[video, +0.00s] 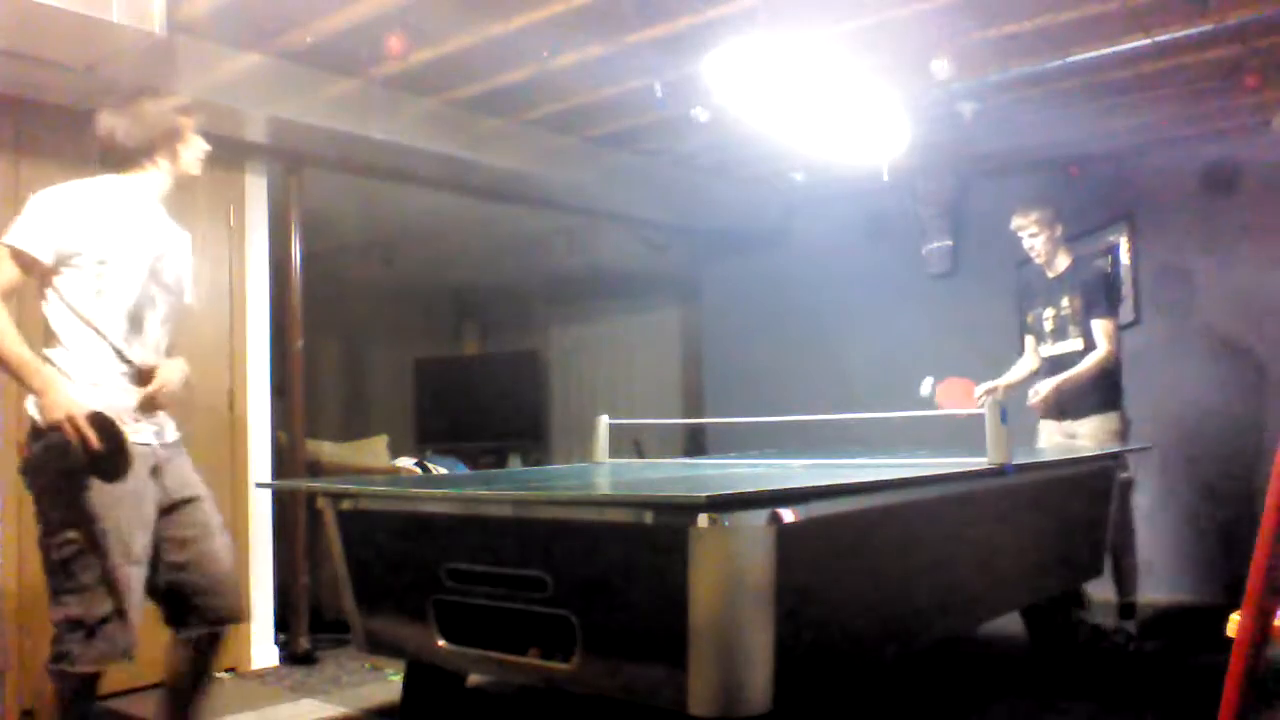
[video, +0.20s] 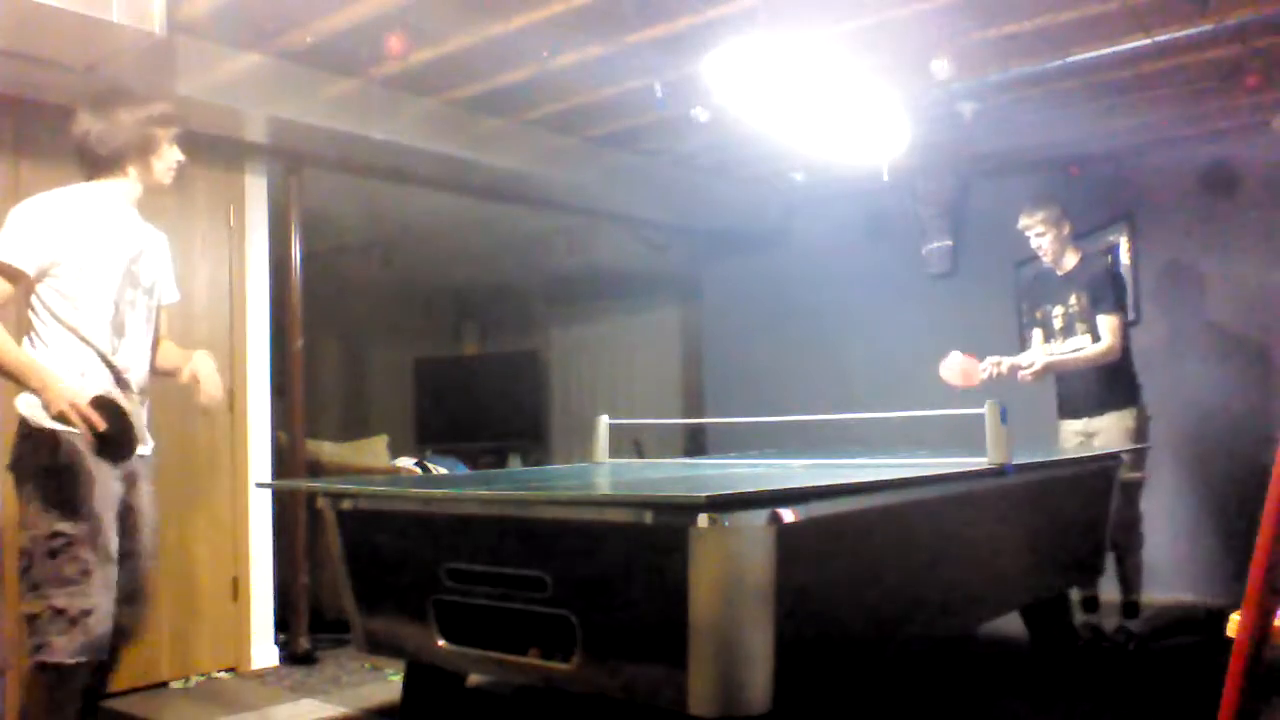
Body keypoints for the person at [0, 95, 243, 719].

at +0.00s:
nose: (204, 144)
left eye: (199, 132)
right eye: (193, 131)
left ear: (155, 143)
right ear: (162, 142)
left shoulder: (176, 240)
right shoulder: (69, 206)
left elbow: (156, 343)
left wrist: (177, 368)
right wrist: (44, 384)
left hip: (154, 438)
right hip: (81, 439)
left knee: (213, 602)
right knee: (91, 636)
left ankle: (177, 715)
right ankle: (72, 715)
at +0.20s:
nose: (180, 156)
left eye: (178, 142)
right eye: (171, 141)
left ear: (144, 146)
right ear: (134, 142)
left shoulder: (154, 244)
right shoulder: (50, 216)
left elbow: (151, 349)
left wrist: (191, 361)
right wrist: (47, 385)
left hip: (130, 443)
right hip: (60, 436)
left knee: (125, 612)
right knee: (78, 620)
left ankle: (83, 708)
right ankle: (44, 714)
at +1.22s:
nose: (172, 181)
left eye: (170, 168)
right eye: (163, 168)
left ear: (136, 174)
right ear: (129, 172)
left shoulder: (144, 256)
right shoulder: (53, 239)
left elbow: (135, 341)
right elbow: (18, 342)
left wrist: (170, 376)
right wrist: (125, 379)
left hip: (135, 443)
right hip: (65, 447)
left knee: (181, 583)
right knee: (54, 607)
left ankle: (167, 708)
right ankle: (21, 713)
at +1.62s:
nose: (258, 210)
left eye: (258, 197)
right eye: (253, 195)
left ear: (219, 196)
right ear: (223, 196)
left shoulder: (214, 271)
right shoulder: (141, 258)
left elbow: (209, 364)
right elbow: (110, 363)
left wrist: (241, 408)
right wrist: (212, 410)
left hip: (181, 448)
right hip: (119, 448)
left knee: (207, 585)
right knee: (80, 599)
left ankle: (214, 711)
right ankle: (26, 716)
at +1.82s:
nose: (311, 242)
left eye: (312, 230)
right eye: (305, 228)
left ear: (266, 228)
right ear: (276, 227)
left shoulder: (248, 281)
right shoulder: (228, 276)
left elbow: (228, 386)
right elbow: (224, 394)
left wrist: (261, 451)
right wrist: (315, 428)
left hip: (190, 451)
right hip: (135, 443)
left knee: (220, 586)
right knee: (87, 596)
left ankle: (217, 711)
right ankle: (27, 713)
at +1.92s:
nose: (334, 255)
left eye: (335, 245)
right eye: (330, 243)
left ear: (284, 239)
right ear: (301, 242)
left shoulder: (249, 284)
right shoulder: (267, 292)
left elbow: (208, 386)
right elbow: (292, 408)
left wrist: (249, 456)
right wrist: (386, 435)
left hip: (193, 455)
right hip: (142, 446)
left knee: (222, 586)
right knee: (84, 597)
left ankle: (218, 710)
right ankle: (27, 711)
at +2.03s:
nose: (345, 263)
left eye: (347, 252)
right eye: (341, 250)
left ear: (295, 242)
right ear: (314, 244)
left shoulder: (256, 284)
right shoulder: (292, 295)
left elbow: (206, 372)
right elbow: (352, 391)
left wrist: (231, 449)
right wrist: (448, 409)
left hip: (195, 454)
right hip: (149, 442)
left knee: (221, 582)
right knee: (86, 587)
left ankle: (219, 708)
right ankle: (8, 699)